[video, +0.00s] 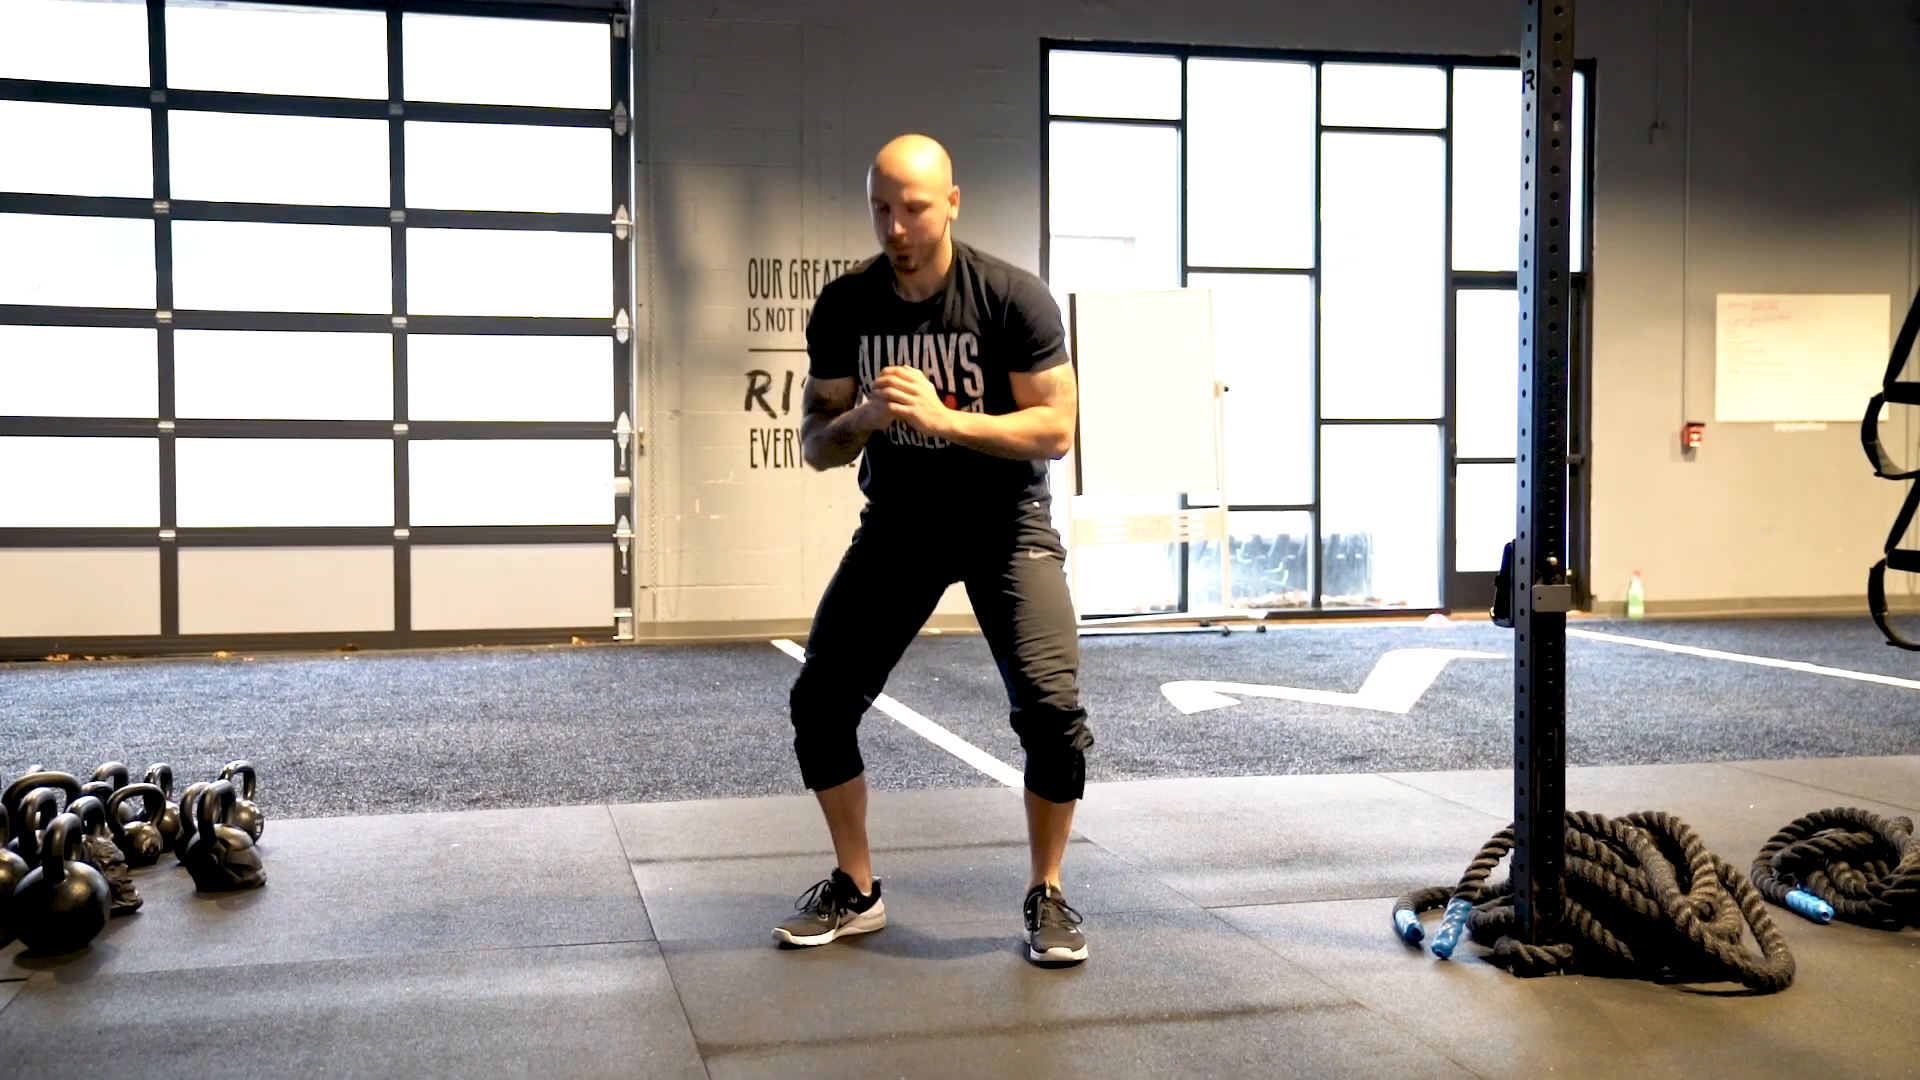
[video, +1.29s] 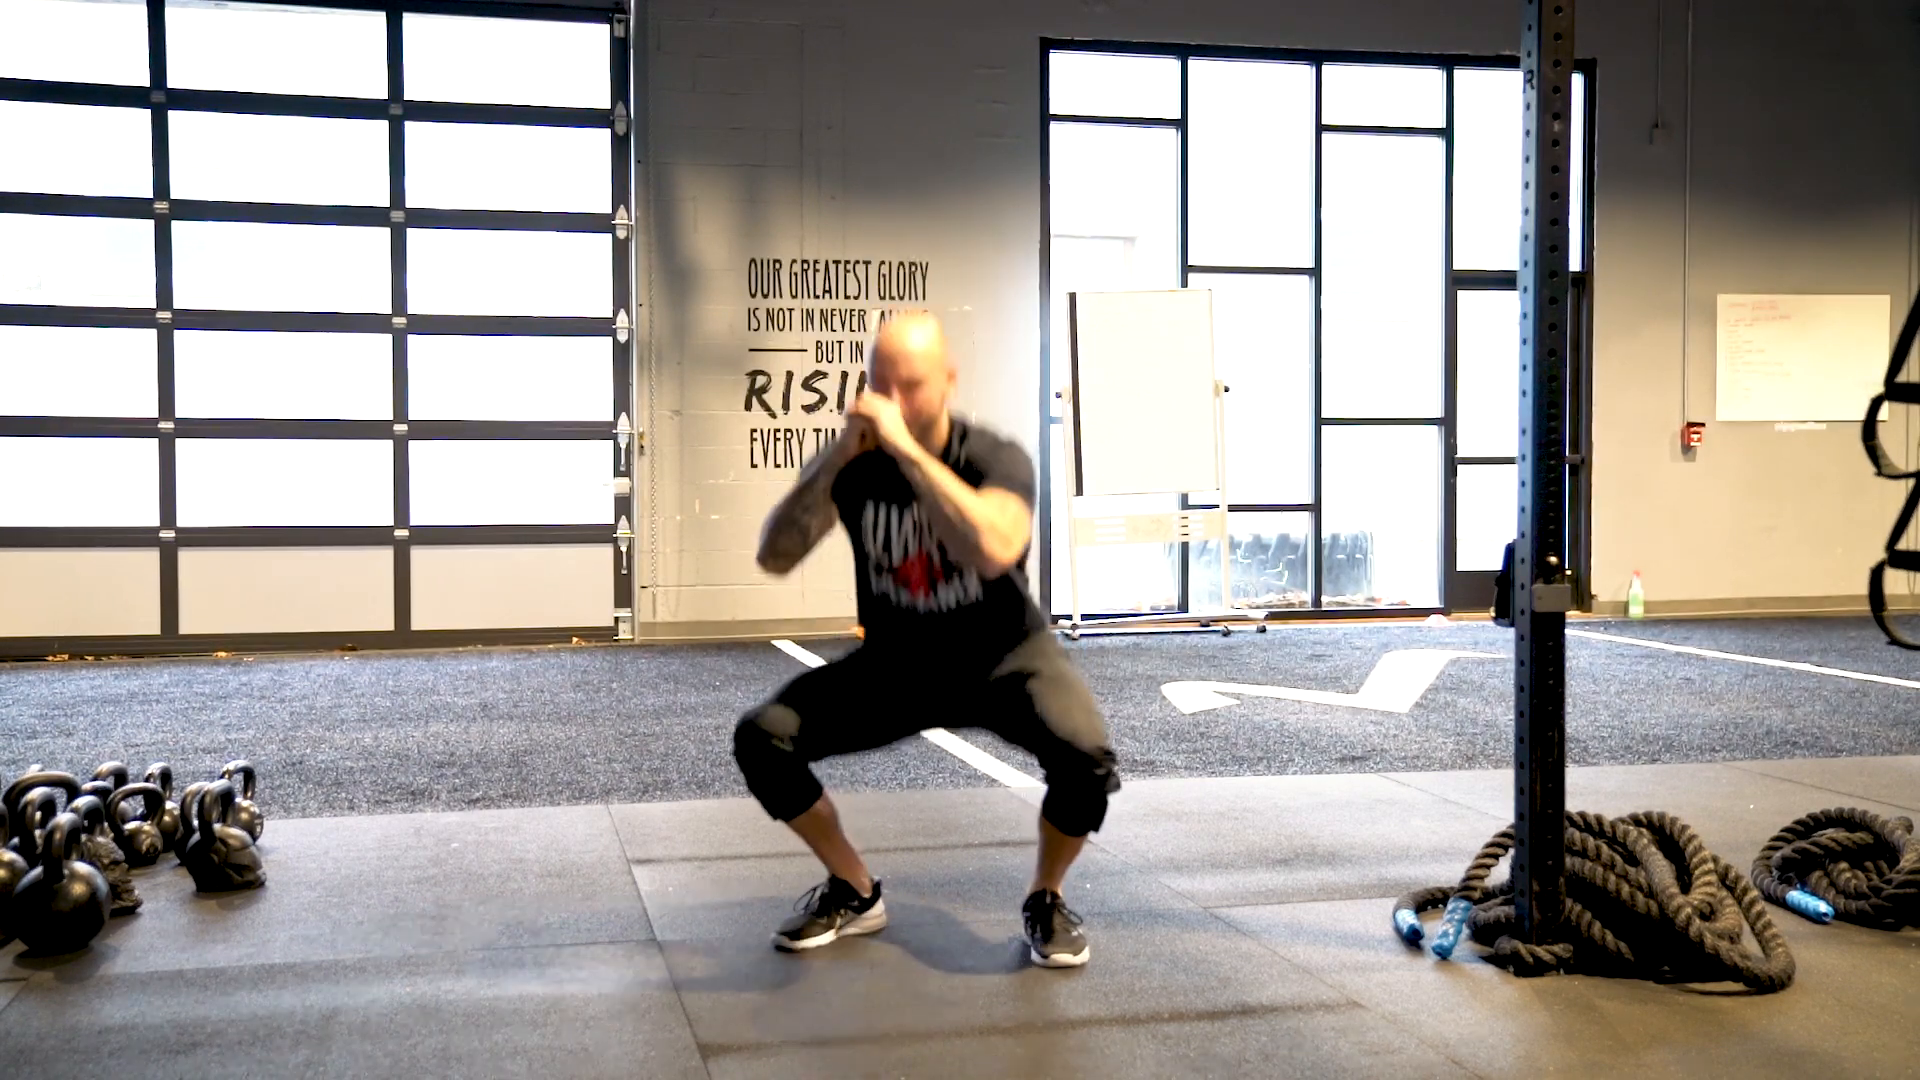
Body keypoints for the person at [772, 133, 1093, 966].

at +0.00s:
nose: (895, 228)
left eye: (913, 209)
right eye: (883, 210)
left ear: (953, 206)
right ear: (871, 210)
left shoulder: (1015, 300)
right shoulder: (844, 306)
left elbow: (1054, 431)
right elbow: (819, 447)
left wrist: (948, 418)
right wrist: (864, 417)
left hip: (1010, 526)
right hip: (902, 527)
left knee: (1056, 714)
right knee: (820, 702)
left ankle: (1047, 893)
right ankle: (855, 886)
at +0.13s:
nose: (895, 293)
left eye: (913, 273)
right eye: (883, 273)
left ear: (952, 269)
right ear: (869, 271)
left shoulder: (1007, 355)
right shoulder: (844, 362)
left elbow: (1032, 484)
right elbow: (797, 495)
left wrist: (924, 430)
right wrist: (846, 430)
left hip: (1010, 569)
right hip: (903, 574)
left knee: (1067, 727)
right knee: (794, 716)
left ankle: (1047, 897)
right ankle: (853, 886)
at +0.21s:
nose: (895, 362)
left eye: (913, 342)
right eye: (884, 342)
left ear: (953, 337)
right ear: (870, 340)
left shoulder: (1004, 422)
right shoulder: (850, 422)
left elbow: (1016, 532)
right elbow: (783, 539)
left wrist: (912, 450)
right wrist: (844, 457)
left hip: (1010, 628)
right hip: (903, 630)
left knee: (1082, 749)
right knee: (775, 730)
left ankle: (1046, 900)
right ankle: (853, 888)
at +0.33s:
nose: (898, 459)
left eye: (917, 443)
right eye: (886, 442)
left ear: (955, 441)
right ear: (873, 440)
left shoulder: (1004, 513)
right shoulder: (850, 515)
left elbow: (1004, 613)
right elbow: (779, 619)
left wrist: (908, 520)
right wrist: (847, 524)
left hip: (1001, 706)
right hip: (899, 707)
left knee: (1092, 762)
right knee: (767, 741)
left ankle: (1046, 899)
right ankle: (854, 889)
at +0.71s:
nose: (899, 377)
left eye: (917, 358)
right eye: (888, 358)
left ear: (954, 357)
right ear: (873, 358)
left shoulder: (1007, 442)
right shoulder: (846, 445)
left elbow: (1048, 563)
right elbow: (792, 572)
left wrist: (929, 510)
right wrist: (851, 513)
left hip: (1008, 631)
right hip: (903, 631)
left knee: (1085, 750)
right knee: (774, 731)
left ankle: (1047, 899)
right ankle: (854, 890)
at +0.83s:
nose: (897, 278)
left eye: (915, 260)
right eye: (885, 259)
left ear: (952, 257)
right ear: (870, 258)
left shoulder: (1014, 351)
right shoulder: (843, 356)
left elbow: (1061, 472)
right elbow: (817, 487)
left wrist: (955, 472)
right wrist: (867, 467)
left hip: (1009, 566)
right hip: (899, 566)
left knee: (1068, 731)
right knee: (792, 716)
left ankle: (1048, 897)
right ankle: (854, 888)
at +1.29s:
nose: (893, 404)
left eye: (910, 387)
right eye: (882, 387)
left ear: (948, 382)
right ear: (867, 385)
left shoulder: (995, 458)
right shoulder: (851, 464)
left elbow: (995, 548)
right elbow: (775, 557)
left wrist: (908, 450)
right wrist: (837, 457)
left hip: (1002, 660)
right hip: (898, 664)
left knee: (1088, 760)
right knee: (762, 741)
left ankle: (1047, 899)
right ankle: (854, 889)